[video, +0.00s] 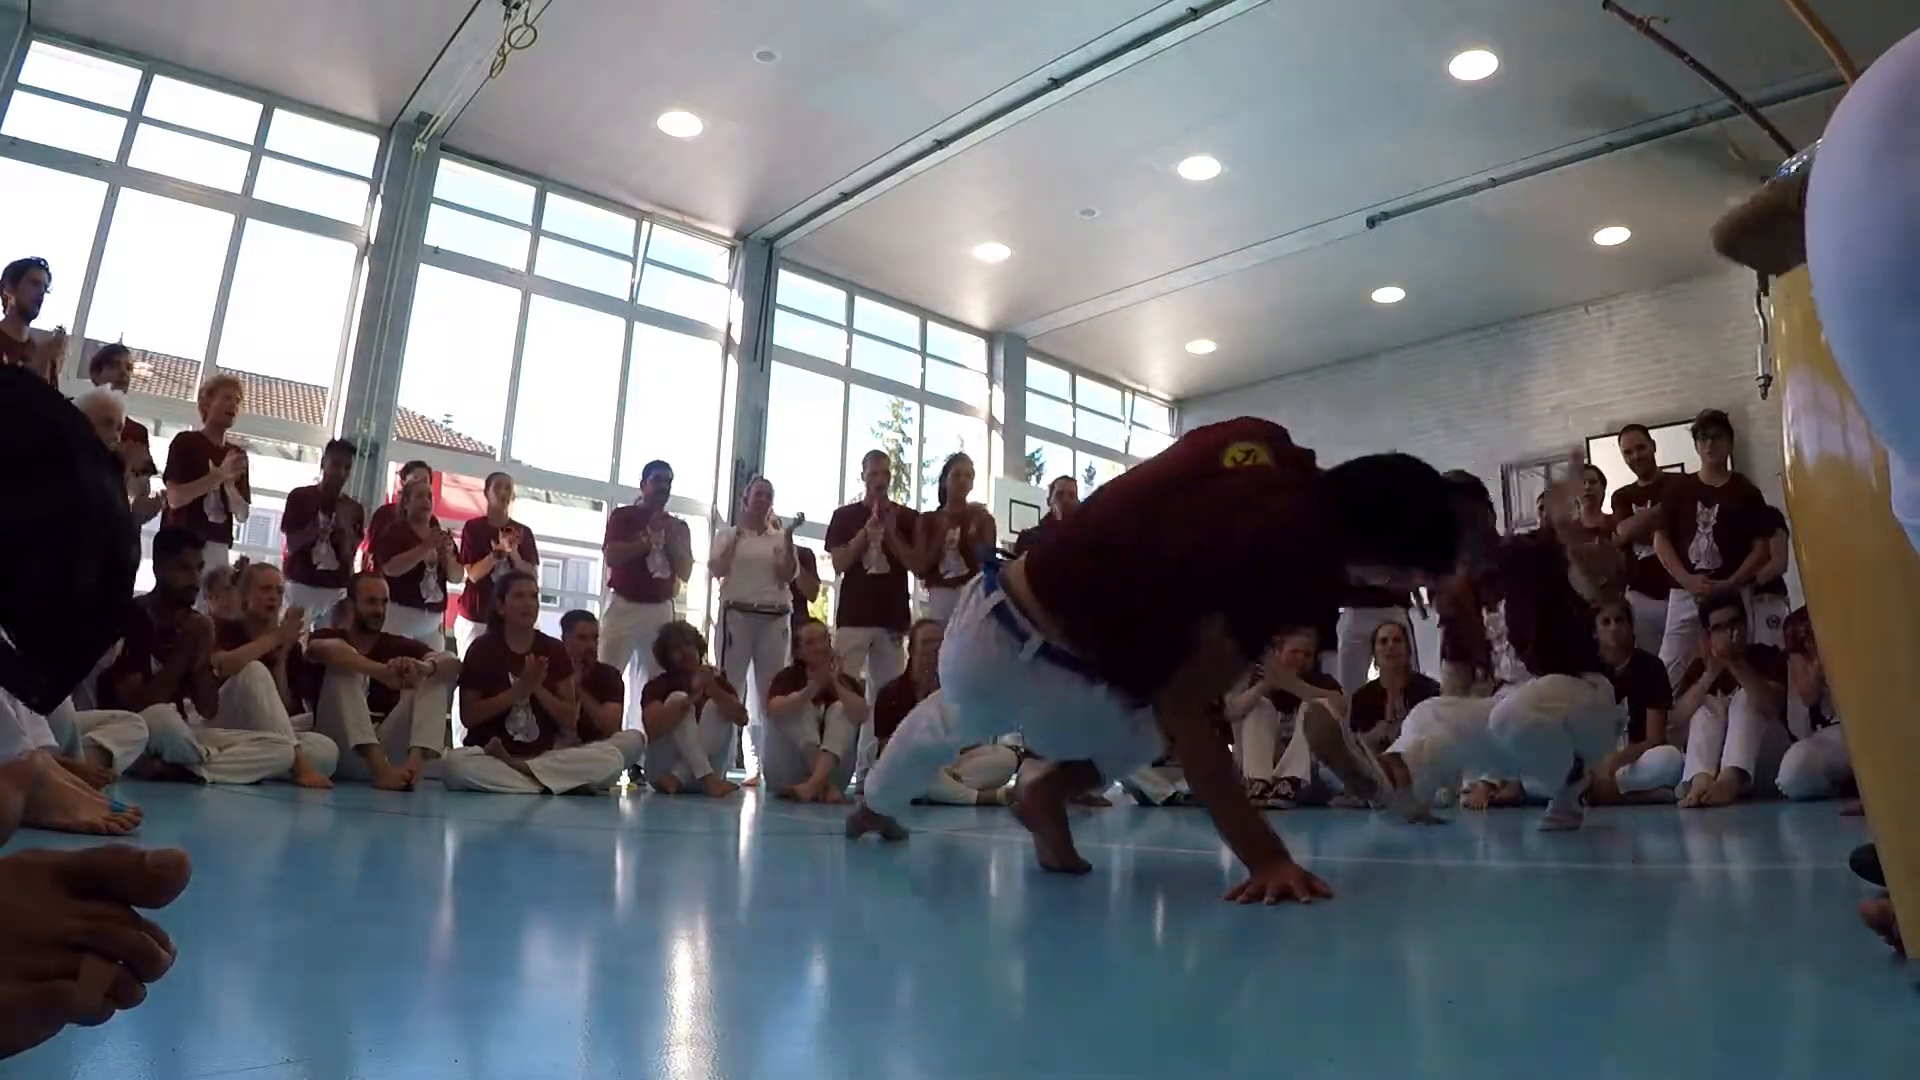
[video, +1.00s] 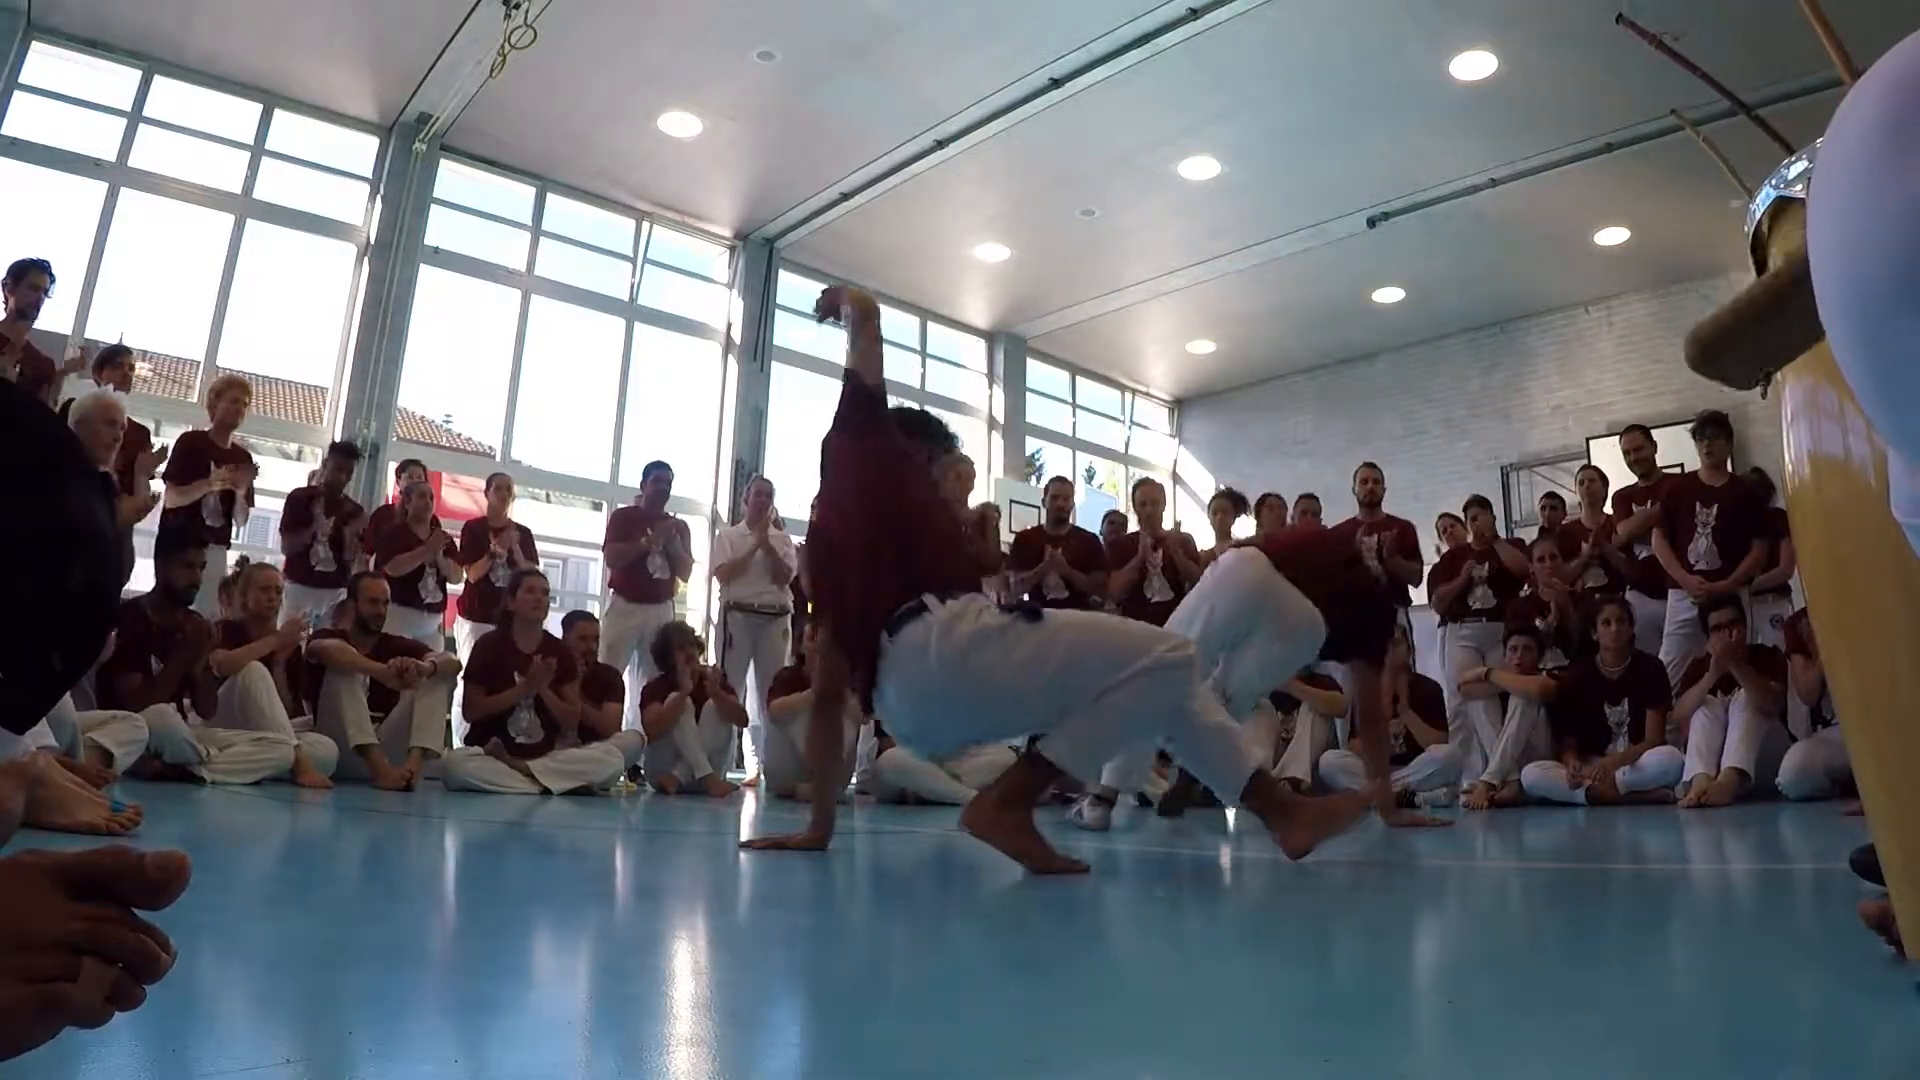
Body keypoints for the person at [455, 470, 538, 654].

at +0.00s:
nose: (503, 493)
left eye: (507, 488)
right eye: (497, 488)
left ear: (512, 495)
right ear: (486, 493)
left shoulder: (523, 532)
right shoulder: (473, 527)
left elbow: (531, 574)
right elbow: (473, 575)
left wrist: (514, 553)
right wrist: (496, 553)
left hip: (509, 621)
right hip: (474, 617)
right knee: (471, 679)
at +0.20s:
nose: (502, 493)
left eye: (507, 488)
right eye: (497, 488)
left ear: (512, 495)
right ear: (486, 493)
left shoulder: (523, 532)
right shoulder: (473, 527)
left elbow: (533, 574)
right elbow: (473, 574)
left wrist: (517, 548)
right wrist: (495, 553)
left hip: (509, 620)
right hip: (474, 616)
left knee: (504, 680)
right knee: (471, 678)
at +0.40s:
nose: (503, 493)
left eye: (507, 488)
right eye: (497, 488)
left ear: (512, 495)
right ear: (486, 493)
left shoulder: (523, 533)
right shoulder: (473, 527)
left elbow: (532, 574)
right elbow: (473, 575)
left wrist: (517, 549)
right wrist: (495, 555)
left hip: (509, 620)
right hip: (473, 617)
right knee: (471, 679)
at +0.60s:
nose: (503, 493)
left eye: (507, 488)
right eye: (497, 488)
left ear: (512, 495)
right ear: (487, 493)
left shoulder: (523, 533)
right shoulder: (473, 527)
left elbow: (532, 576)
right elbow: (472, 574)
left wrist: (512, 552)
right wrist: (495, 555)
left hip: (509, 621)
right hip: (473, 618)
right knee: (471, 679)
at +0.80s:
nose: (503, 493)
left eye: (507, 489)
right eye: (497, 488)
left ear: (512, 495)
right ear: (487, 494)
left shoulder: (523, 533)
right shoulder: (473, 527)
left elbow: (532, 575)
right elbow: (472, 575)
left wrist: (519, 547)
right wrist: (491, 555)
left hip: (510, 620)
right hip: (474, 617)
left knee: (506, 682)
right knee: (472, 682)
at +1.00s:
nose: (503, 494)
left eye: (508, 490)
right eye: (498, 489)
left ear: (513, 495)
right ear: (487, 493)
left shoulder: (523, 533)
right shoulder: (473, 527)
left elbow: (532, 575)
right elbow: (472, 575)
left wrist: (516, 551)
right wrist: (492, 554)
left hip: (509, 623)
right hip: (473, 620)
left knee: (505, 685)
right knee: (469, 685)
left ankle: (498, 743)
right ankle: (463, 747)